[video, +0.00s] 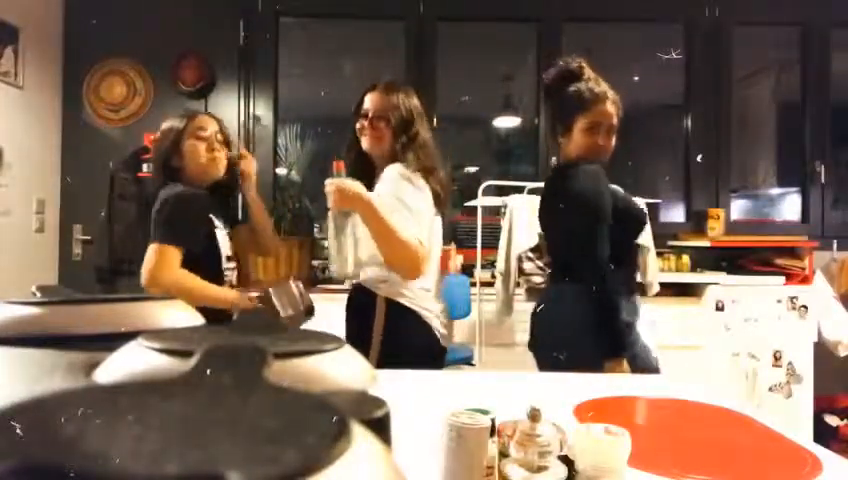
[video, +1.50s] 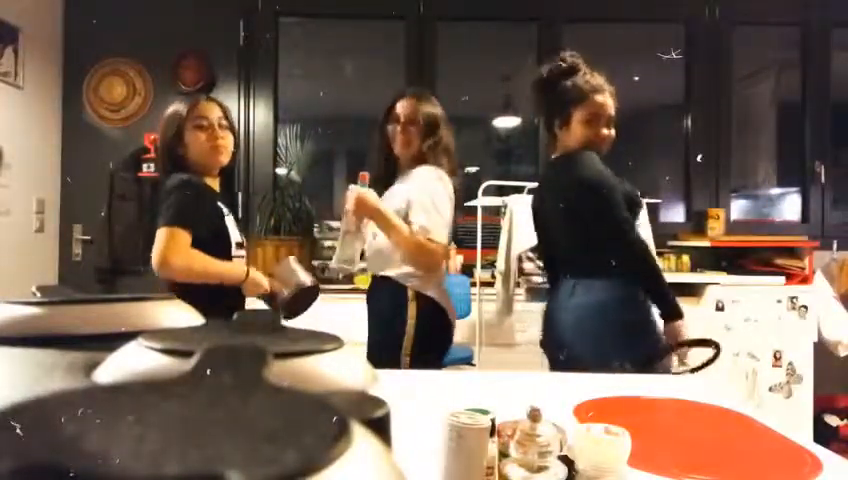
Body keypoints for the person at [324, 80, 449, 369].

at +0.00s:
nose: (365, 125)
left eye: (379, 119)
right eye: (362, 117)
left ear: (405, 128)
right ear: (356, 122)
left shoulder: (398, 178)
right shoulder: (410, 181)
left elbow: (410, 265)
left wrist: (362, 202)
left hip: (391, 319)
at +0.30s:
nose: (374, 117)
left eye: (388, 111)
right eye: (370, 107)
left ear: (412, 122)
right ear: (363, 112)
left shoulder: (405, 166)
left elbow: (422, 251)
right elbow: (387, 256)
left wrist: (380, 185)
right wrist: (356, 308)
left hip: (394, 307)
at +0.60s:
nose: (353, 138)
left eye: (365, 130)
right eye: (352, 131)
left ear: (393, 136)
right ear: (350, 136)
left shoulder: (394, 178)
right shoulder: (382, 182)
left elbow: (411, 253)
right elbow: (377, 267)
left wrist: (363, 196)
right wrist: (330, 292)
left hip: (395, 313)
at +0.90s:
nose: (356, 152)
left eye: (363, 143)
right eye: (354, 145)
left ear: (389, 143)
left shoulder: (396, 186)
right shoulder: (412, 188)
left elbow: (402, 255)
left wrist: (349, 210)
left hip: (402, 311)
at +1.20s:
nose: (377, 133)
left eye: (386, 126)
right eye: (375, 126)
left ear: (412, 132)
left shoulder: (422, 177)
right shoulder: (402, 179)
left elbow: (425, 249)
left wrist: (373, 210)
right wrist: (356, 222)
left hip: (409, 297)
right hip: (392, 294)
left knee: (403, 398)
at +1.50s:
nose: (400, 130)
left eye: (411, 123)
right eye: (394, 121)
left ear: (431, 131)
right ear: (388, 128)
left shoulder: (431, 179)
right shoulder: (404, 180)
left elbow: (432, 259)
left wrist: (378, 213)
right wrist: (361, 218)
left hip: (413, 304)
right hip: (390, 299)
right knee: (389, 401)